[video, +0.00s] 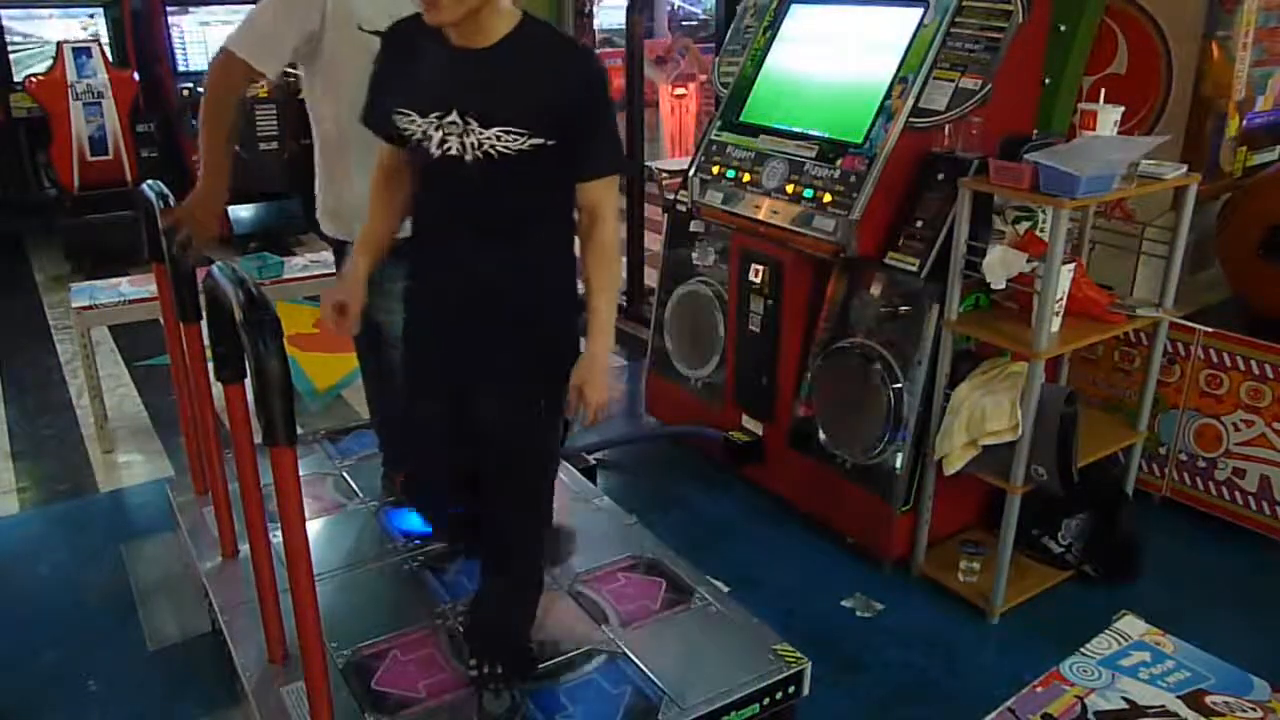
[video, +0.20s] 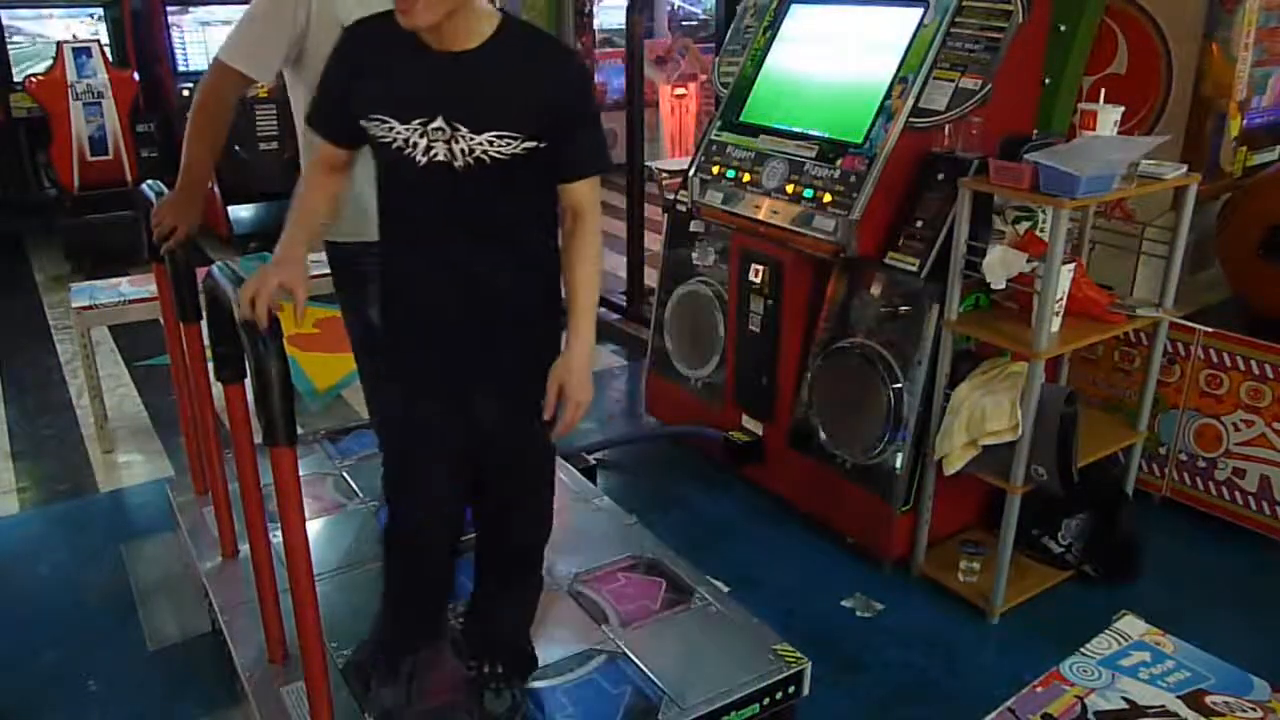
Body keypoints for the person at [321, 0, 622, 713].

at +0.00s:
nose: (425, 4)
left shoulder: (570, 70)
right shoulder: (408, 45)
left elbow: (599, 216)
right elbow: (395, 166)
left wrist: (600, 346)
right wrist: (357, 267)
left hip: (531, 325)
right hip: (436, 319)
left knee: (514, 505)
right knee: (436, 481)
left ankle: (501, 661)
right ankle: (529, 541)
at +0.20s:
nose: (401, 7)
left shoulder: (552, 69)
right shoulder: (368, 49)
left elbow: (581, 215)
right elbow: (327, 165)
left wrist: (579, 346)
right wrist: (289, 255)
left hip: (518, 344)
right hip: (413, 343)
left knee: (518, 522)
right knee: (417, 513)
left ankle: (501, 659)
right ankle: (403, 647)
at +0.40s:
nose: (359, 3)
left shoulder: (526, 63)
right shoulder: (322, 55)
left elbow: (554, 206)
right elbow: (270, 166)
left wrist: (571, 336)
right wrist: (266, 277)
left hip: (497, 340)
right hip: (389, 346)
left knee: (510, 523)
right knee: (398, 533)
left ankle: (501, 666)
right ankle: (395, 694)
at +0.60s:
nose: (311, 3)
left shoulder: (481, 52)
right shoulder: (263, 56)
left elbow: (519, 198)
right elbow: (213, 177)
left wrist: (554, 321)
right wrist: (246, 296)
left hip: (469, 346)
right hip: (359, 359)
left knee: (495, 525)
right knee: (380, 545)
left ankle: (503, 669)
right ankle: (391, 697)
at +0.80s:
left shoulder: (445, 43)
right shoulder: (231, 61)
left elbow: (482, 185)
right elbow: (173, 178)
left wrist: (525, 313)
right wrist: (240, 301)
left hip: (447, 336)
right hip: (341, 353)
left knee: (472, 509)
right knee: (377, 533)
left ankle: (451, 651)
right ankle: (393, 687)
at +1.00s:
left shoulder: (418, 44)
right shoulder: (224, 62)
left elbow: (454, 191)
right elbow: (141, 183)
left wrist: (495, 305)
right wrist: (238, 305)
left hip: (422, 330)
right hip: (328, 346)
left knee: (429, 505)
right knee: (370, 529)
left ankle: (398, 636)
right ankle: (384, 689)